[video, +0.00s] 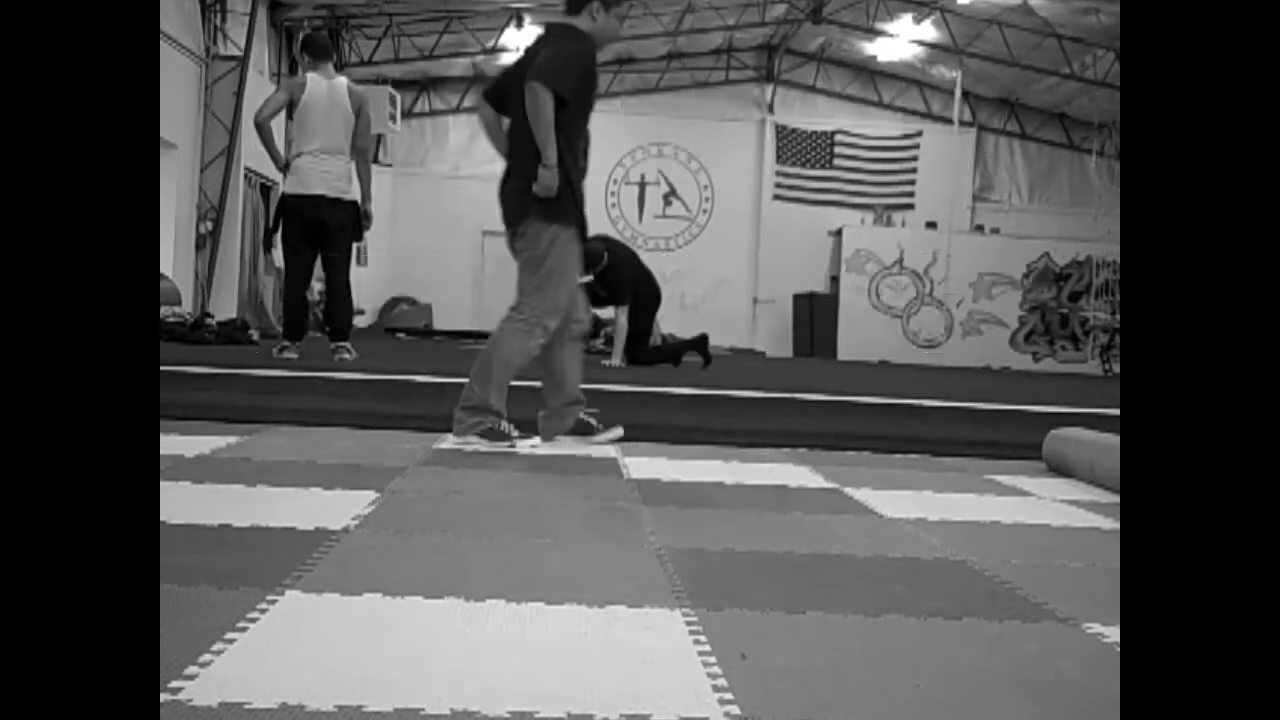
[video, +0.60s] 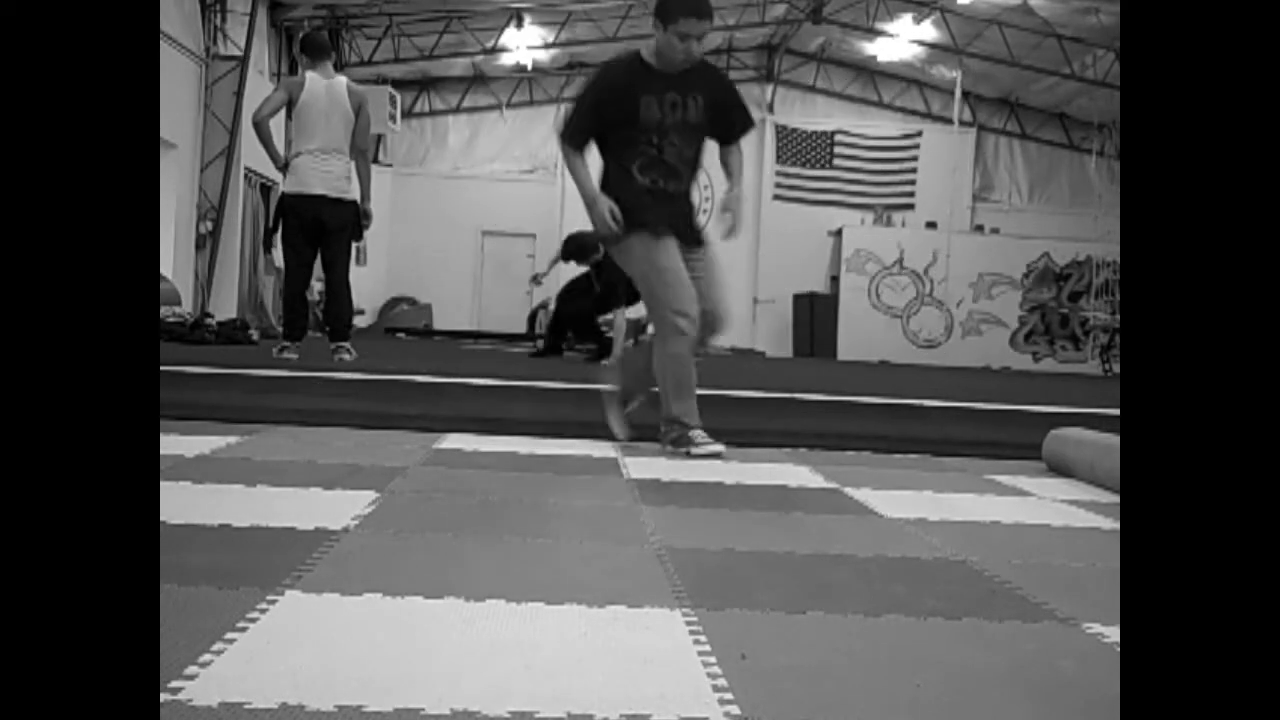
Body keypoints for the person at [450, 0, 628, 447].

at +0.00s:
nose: (621, 27)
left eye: (622, 16)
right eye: (619, 15)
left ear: (579, 8)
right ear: (597, 9)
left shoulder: (545, 47)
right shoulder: (574, 43)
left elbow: (488, 105)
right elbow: (539, 88)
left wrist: (517, 159)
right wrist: (549, 164)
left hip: (534, 194)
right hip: (550, 196)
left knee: (569, 316)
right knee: (538, 313)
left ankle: (563, 416)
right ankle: (477, 413)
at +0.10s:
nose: (639, 37)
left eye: (642, 29)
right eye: (636, 27)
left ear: (609, 19)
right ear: (609, 17)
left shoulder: (591, 58)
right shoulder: (581, 47)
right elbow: (533, 88)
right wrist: (549, 158)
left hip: (577, 208)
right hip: (560, 206)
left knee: (590, 319)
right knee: (578, 318)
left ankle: (565, 417)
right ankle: (490, 403)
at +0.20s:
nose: (653, 43)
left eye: (658, 34)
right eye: (650, 30)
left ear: (624, 25)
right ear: (621, 20)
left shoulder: (609, 63)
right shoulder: (590, 47)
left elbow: (587, 134)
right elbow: (527, 78)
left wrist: (607, 199)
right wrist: (551, 141)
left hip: (588, 202)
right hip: (574, 200)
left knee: (591, 303)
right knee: (619, 298)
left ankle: (571, 406)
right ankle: (531, 385)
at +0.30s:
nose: (667, 38)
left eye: (673, 30)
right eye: (662, 25)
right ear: (634, 13)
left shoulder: (636, 67)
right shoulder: (596, 42)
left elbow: (625, 131)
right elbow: (525, 72)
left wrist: (630, 171)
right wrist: (559, 131)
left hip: (607, 200)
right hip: (585, 198)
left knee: (590, 306)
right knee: (634, 292)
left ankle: (559, 418)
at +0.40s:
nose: (674, 40)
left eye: (681, 32)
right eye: (668, 29)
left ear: (684, 32)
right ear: (640, 19)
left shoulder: (665, 77)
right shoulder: (601, 53)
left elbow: (687, 127)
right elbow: (532, 85)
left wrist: (701, 161)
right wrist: (566, 140)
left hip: (630, 205)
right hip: (596, 203)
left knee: (602, 322)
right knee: (640, 311)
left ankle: (561, 418)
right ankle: (662, 422)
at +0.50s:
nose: (682, 43)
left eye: (689, 34)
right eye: (676, 32)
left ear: (693, 32)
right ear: (649, 20)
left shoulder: (688, 79)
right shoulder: (609, 62)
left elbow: (721, 134)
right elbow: (547, 110)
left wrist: (750, 180)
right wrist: (574, 166)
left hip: (649, 211)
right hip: (611, 207)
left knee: (629, 318)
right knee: (660, 315)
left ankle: (571, 408)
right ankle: (684, 425)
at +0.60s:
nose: (692, 49)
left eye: (700, 40)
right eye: (684, 38)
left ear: (707, 35)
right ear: (658, 27)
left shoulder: (709, 80)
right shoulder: (616, 77)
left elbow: (729, 139)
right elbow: (571, 142)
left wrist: (734, 192)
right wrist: (592, 198)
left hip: (680, 214)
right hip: (630, 213)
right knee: (677, 316)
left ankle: (624, 375)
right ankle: (681, 427)